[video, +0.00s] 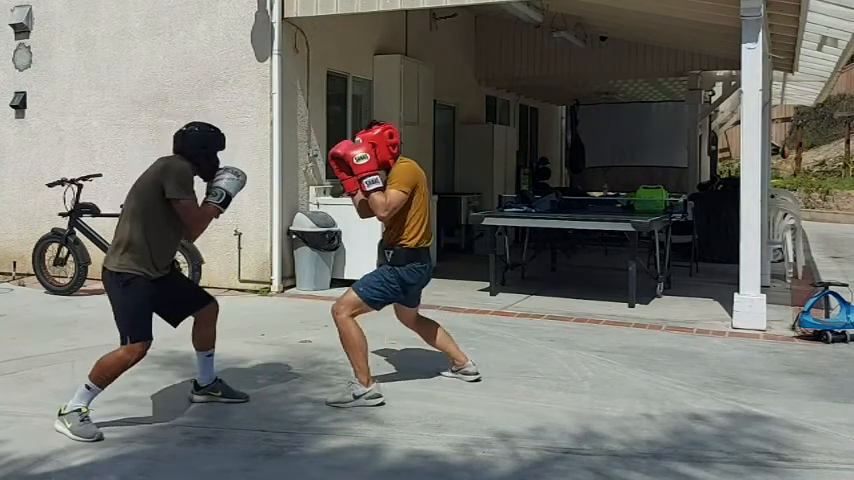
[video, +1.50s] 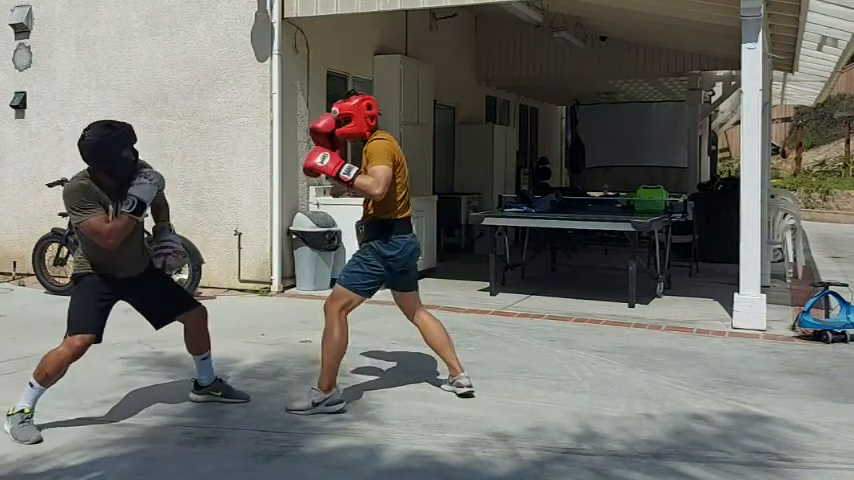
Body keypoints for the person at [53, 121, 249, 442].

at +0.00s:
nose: (218, 159)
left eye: (218, 152)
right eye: (215, 152)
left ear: (187, 148)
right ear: (200, 152)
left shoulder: (176, 174)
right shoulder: (174, 168)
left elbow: (188, 231)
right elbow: (195, 225)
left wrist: (215, 200)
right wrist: (219, 195)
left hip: (157, 270)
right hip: (127, 271)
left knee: (207, 309)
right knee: (136, 345)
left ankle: (206, 383)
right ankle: (73, 410)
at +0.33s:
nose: (195, 140)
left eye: (195, 134)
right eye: (192, 134)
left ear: (164, 133)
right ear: (178, 135)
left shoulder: (162, 166)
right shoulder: (141, 160)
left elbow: (160, 216)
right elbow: (159, 213)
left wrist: (187, 201)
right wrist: (190, 189)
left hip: (147, 261)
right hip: (114, 262)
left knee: (191, 311)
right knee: (122, 337)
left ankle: (205, 382)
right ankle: (72, 409)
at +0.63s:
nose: (203, 142)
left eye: (204, 135)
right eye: (200, 134)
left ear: (172, 133)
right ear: (185, 135)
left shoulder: (163, 162)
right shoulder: (156, 161)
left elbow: (171, 212)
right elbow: (179, 215)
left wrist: (195, 182)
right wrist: (205, 182)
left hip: (155, 262)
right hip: (127, 264)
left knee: (204, 308)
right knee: (131, 342)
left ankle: (206, 382)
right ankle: (73, 409)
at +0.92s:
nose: (220, 137)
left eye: (220, 131)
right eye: (216, 131)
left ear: (196, 133)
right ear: (200, 133)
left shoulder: (205, 158)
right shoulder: (172, 155)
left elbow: (246, 165)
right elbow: (198, 202)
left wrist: (278, 154)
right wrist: (224, 172)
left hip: (163, 255)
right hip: (128, 252)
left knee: (206, 307)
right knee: (113, 327)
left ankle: (207, 381)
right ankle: (57, 400)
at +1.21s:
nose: (176, 157)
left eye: (175, 150)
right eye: (170, 152)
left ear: (154, 158)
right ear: (151, 158)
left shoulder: (170, 184)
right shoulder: (126, 187)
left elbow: (184, 228)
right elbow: (166, 232)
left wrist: (200, 248)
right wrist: (186, 193)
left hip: (158, 274)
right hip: (116, 276)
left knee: (213, 313)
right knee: (91, 346)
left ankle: (207, 382)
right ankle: (25, 409)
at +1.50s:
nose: (134, 156)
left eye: (132, 150)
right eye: (126, 152)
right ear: (106, 161)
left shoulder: (136, 175)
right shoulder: (77, 191)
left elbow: (158, 201)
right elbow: (110, 238)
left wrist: (164, 237)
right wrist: (138, 199)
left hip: (139, 271)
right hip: (95, 276)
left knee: (196, 314)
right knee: (79, 342)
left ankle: (206, 382)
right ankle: (22, 411)